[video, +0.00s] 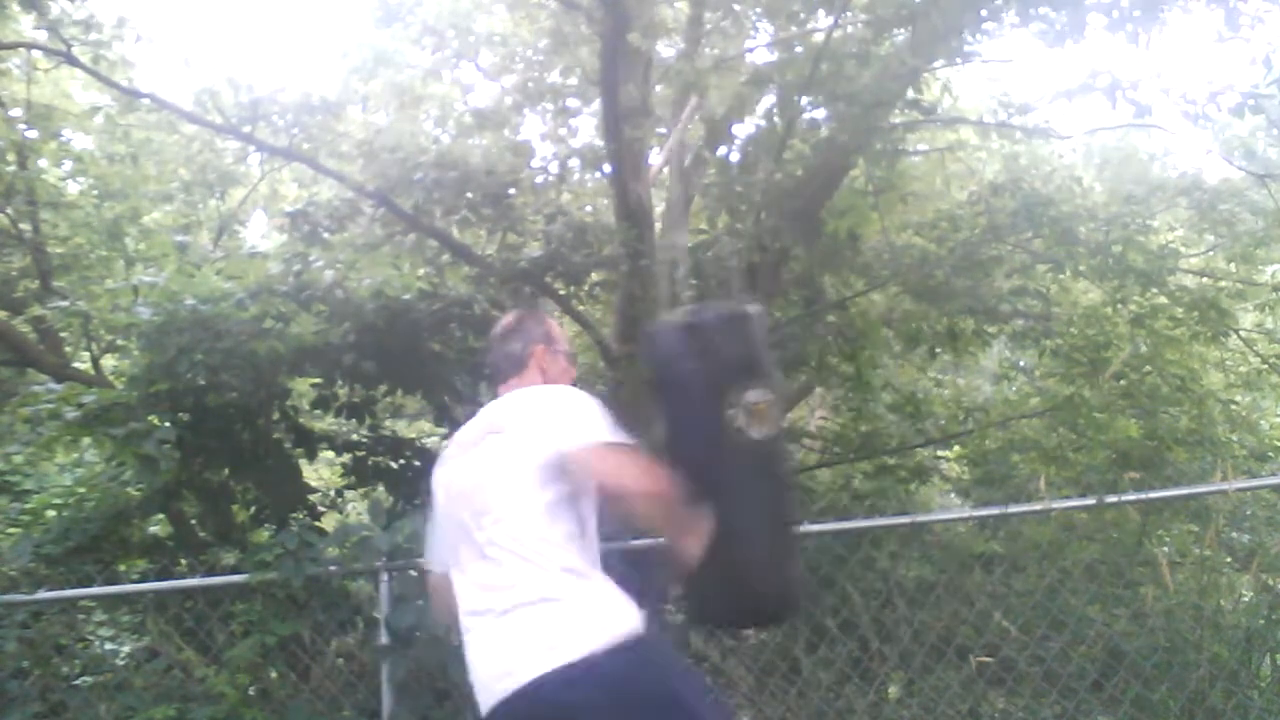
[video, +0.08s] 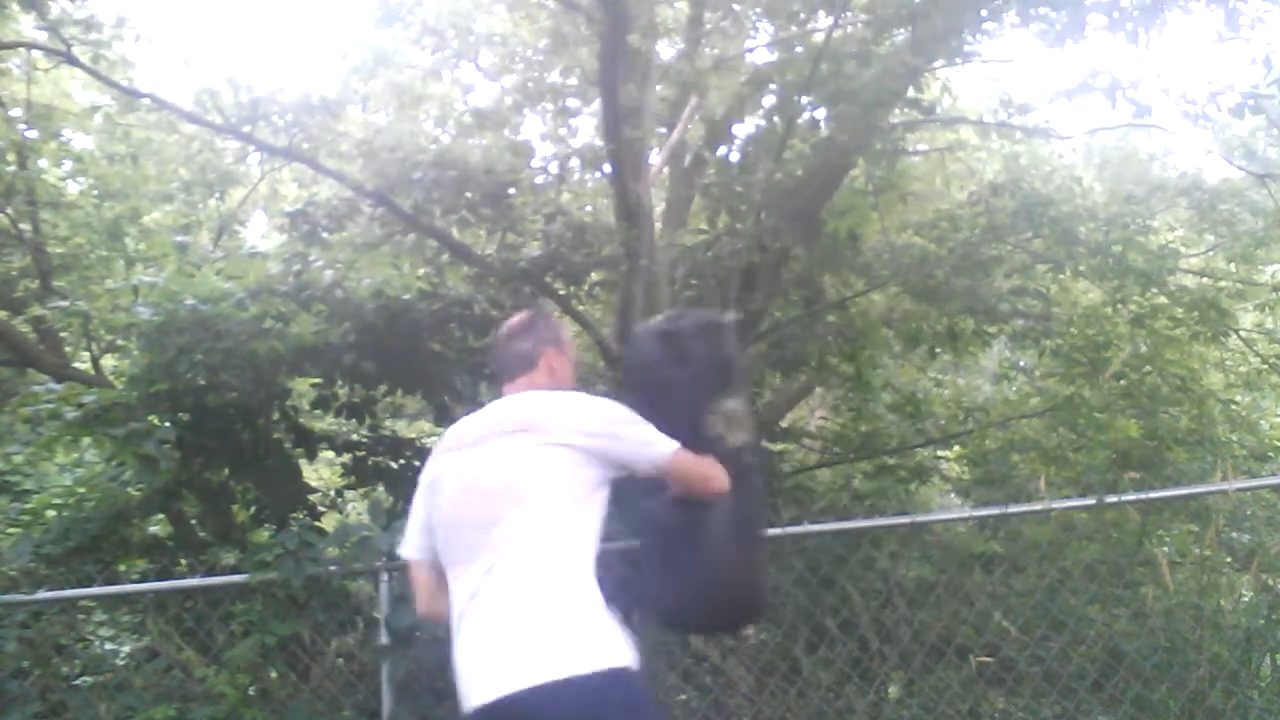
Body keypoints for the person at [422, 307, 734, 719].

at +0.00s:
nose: (573, 371)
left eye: (572, 358)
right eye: (566, 356)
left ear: (499, 375)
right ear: (540, 359)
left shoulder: (449, 459)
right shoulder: (558, 404)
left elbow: (445, 599)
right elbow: (644, 485)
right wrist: (690, 534)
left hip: (504, 691)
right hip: (594, 651)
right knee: (705, 712)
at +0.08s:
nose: (574, 374)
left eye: (573, 363)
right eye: (571, 363)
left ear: (503, 373)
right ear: (550, 361)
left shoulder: (442, 453)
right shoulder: (581, 413)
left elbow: (428, 601)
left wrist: (505, 600)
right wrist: (676, 478)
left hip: (489, 693)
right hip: (584, 670)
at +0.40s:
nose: (641, 377)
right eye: (643, 365)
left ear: (566, 360)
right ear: (633, 363)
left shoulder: (490, 426)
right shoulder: (606, 417)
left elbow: (427, 577)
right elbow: (700, 541)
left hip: (453, 686)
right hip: (533, 687)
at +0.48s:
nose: (659, 361)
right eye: (661, 352)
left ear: (582, 343)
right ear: (650, 354)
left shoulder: (503, 410)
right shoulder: (629, 405)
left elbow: (431, 543)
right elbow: (715, 524)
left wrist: (521, 554)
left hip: (469, 679)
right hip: (554, 682)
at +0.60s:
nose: (690, 359)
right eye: (692, 352)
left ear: (612, 342)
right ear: (686, 354)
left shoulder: (534, 407)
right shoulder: (676, 410)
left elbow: (450, 524)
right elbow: (755, 511)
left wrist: (531, 540)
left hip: (500, 684)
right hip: (594, 692)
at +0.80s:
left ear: (669, 333)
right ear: (746, 343)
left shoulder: (600, 412)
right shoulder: (773, 394)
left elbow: (545, 553)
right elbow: (803, 518)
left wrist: (621, 522)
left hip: (614, 688)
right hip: (724, 685)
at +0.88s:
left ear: (692, 320)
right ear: (769, 327)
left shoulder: (631, 399)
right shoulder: (809, 379)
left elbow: (588, 545)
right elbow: (834, 501)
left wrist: (664, 514)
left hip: (654, 685)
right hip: (773, 682)